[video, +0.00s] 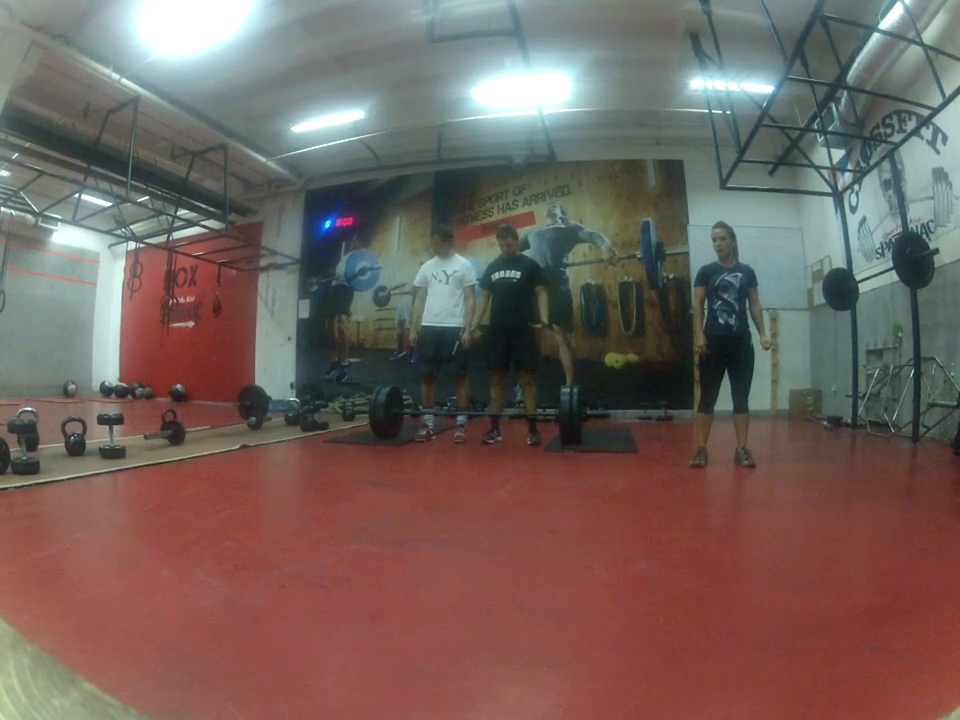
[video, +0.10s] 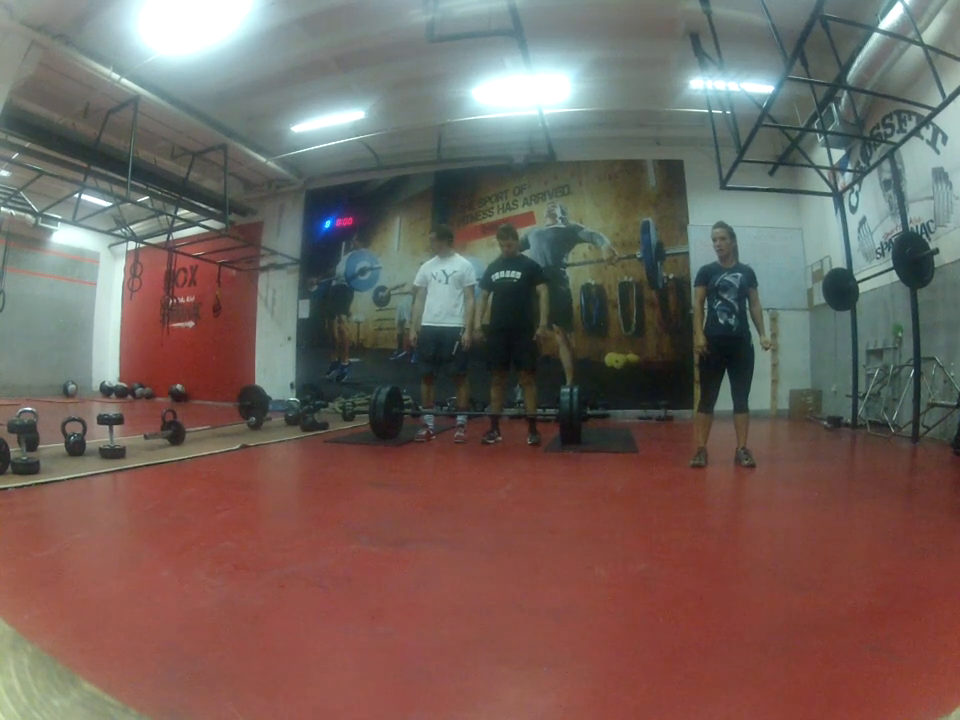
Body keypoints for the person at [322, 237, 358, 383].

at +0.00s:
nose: (353, 243)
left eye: (355, 240)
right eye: (353, 240)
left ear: (360, 242)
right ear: (352, 241)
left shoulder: (360, 256)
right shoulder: (346, 256)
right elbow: (336, 272)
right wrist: (320, 278)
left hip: (345, 288)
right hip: (334, 288)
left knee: (342, 325)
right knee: (332, 326)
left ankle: (345, 363)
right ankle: (335, 362)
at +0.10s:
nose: (353, 243)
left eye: (355, 240)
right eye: (352, 240)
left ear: (359, 242)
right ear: (351, 242)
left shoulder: (360, 256)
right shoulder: (346, 256)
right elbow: (335, 272)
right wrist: (319, 279)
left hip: (345, 288)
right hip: (334, 288)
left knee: (342, 325)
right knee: (332, 326)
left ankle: (345, 363)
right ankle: (335, 362)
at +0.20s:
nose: (353, 243)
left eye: (355, 241)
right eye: (352, 241)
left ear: (358, 242)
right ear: (350, 242)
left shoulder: (359, 256)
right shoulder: (345, 257)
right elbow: (336, 272)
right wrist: (319, 279)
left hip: (345, 288)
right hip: (334, 288)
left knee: (342, 326)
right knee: (332, 327)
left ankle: (345, 362)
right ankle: (335, 361)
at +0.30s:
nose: (353, 244)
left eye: (355, 241)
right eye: (352, 241)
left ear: (359, 242)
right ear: (351, 242)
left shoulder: (359, 256)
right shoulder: (346, 257)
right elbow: (336, 273)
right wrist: (320, 279)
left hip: (346, 288)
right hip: (335, 288)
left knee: (342, 326)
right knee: (333, 326)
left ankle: (345, 362)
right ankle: (335, 361)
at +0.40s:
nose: (353, 244)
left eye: (355, 241)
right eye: (352, 241)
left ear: (358, 242)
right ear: (350, 242)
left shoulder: (360, 256)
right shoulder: (346, 257)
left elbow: (363, 272)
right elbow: (336, 273)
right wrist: (319, 279)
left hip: (345, 289)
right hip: (334, 288)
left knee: (342, 326)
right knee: (332, 326)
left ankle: (345, 363)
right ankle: (335, 361)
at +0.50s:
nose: (353, 243)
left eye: (355, 241)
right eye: (352, 241)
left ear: (359, 242)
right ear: (350, 242)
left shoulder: (359, 256)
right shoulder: (346, 257)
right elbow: (336, 273)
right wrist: (320, 279)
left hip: (345, 288)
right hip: (334, 288)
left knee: (342, 325)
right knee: (332, 325)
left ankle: (345, 363)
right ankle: (335, 361)